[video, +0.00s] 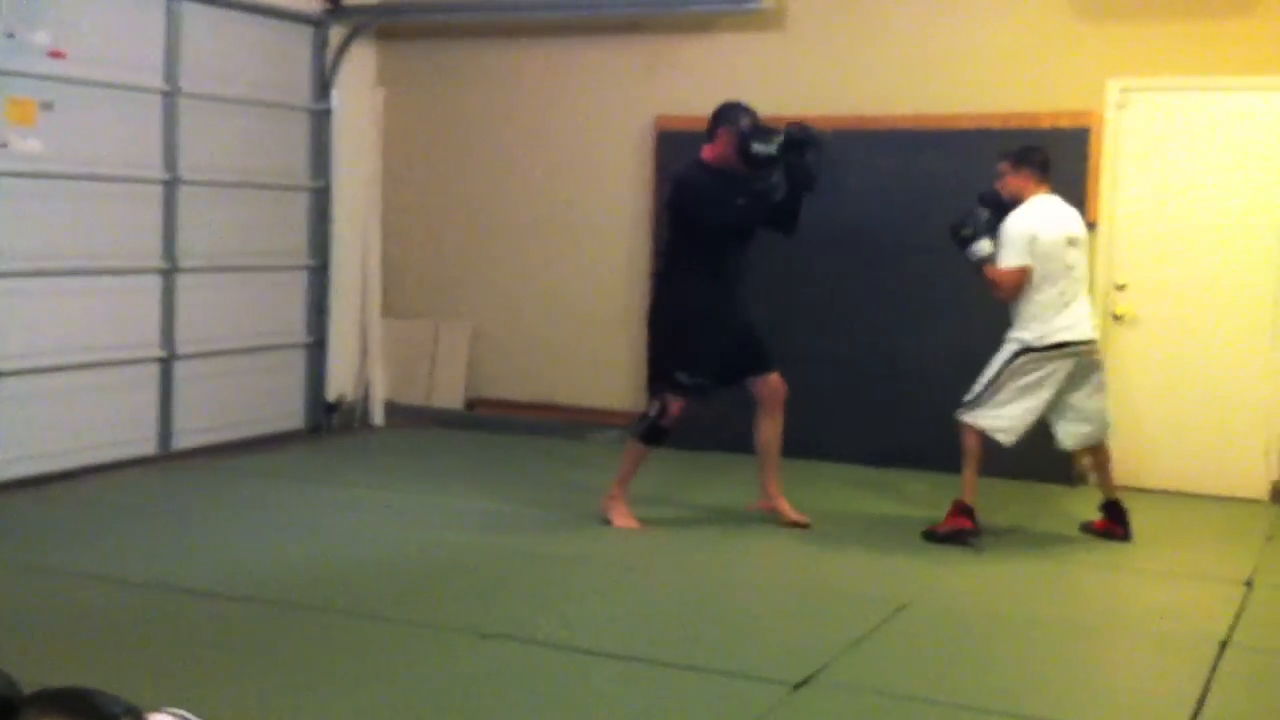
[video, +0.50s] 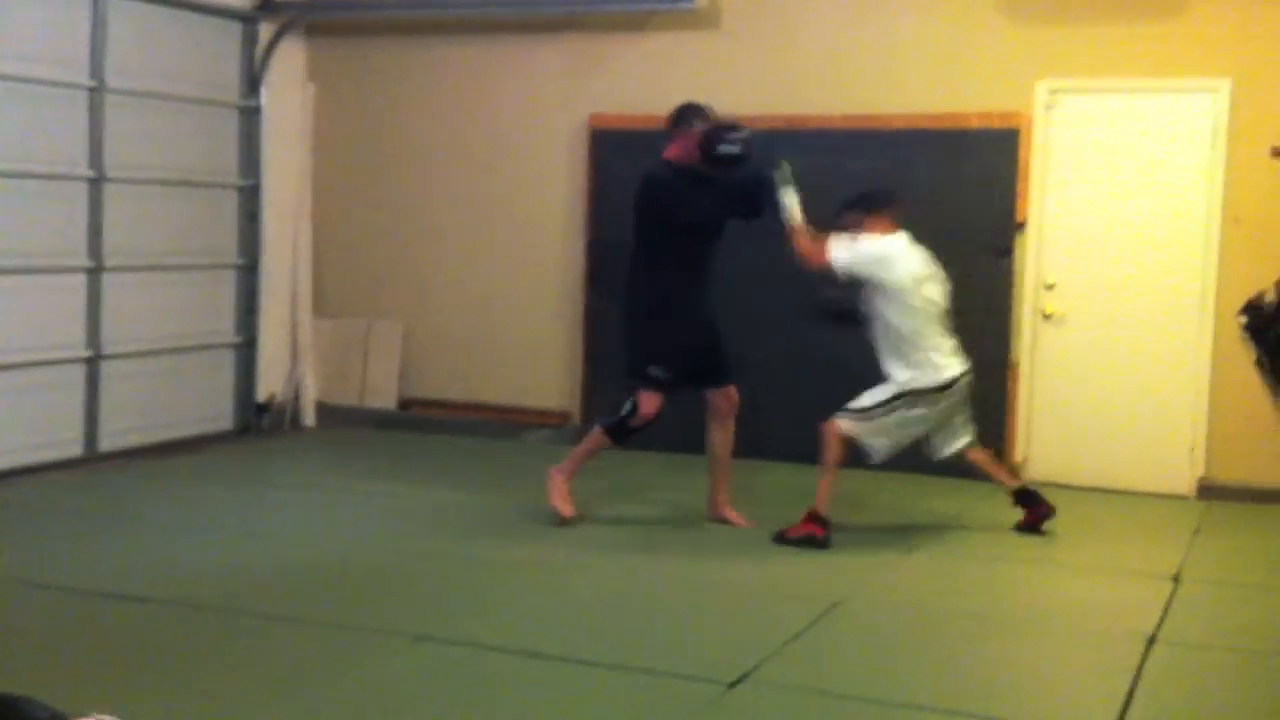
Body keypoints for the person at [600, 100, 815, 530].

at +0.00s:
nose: (748, 150)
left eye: (751, 142)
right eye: (743, 141)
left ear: (737, 140)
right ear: (721, 136)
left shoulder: (739, 183)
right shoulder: (693, 181)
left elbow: (784, 223)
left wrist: (795, 169)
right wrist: (763, 178)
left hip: (723, 307)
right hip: (682, 308)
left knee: (771, 390)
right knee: (670, 404)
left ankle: (771, 495)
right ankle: (615, 497)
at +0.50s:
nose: (706, 148)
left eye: (708, 140)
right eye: (699, 138)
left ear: (706, 141)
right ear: (678, 138)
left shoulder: (706, 181)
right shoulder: (659, 181)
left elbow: (750, 210)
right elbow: (699, 220)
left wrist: (745, 167)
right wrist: (723, 174)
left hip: (693, 305)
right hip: (653, 306)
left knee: (724, 400)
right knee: (647, 405)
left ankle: (719, 503)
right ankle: (562, 473)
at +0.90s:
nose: (588, 170)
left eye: (590, 162)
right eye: (584, 161)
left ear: (570, 158)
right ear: (565, 157)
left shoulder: (570, 196)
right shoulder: (533, 193)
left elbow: (588, 256)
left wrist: (611, 203)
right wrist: (603, 198)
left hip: (545, 308)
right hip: (507, 311)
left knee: (594, 378)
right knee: (524, 408)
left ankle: (563, 478)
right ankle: (475, 500)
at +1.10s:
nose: (531, 165)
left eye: (535, 157)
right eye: (527, 154)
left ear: (517, 153)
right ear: (504, 146)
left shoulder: (507, 185)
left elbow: (526, 247)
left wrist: (551, 203)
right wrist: (549, 203)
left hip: (459, 302)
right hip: (449, 304)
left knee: (444, 397)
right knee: (470, 398)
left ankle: (405, 477)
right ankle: (454, 502)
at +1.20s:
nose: (523, 159)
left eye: (526, 151)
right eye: (517, 150)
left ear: (519, 154)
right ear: (490, 149)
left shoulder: (506, 201)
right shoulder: (458, 191)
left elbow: (516, 266)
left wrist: (552, 225)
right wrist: (522, 212)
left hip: (454, 311)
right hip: (433, 310)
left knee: (430, 398)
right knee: (478, 394)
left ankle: (406, 485)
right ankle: (465, 500)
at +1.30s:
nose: (516, 149)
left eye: (517, 141)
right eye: (510, 140)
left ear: (499, 145)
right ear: (484, 142)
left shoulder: (494, 195)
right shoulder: (454, 188)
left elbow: (499, 257)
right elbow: (485, 253)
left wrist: (539, 235)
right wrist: (521, 225)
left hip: (451, 307)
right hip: (431, 307)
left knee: (432, 395)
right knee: (475, 392)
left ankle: (411, 484)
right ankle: (453, 498)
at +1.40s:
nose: (507, 143)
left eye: (508, 134)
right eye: (500, 134)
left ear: (489, 139)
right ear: (474, 136)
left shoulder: (485, 188)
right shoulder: (448, 184)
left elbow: (494, 247)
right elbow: (480, 244)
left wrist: (532, 226)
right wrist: (519, 219)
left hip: (450, 305)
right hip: (430, 305)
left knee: (432, 393)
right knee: (470, 389)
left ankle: (417, 483)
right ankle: (418, 484)